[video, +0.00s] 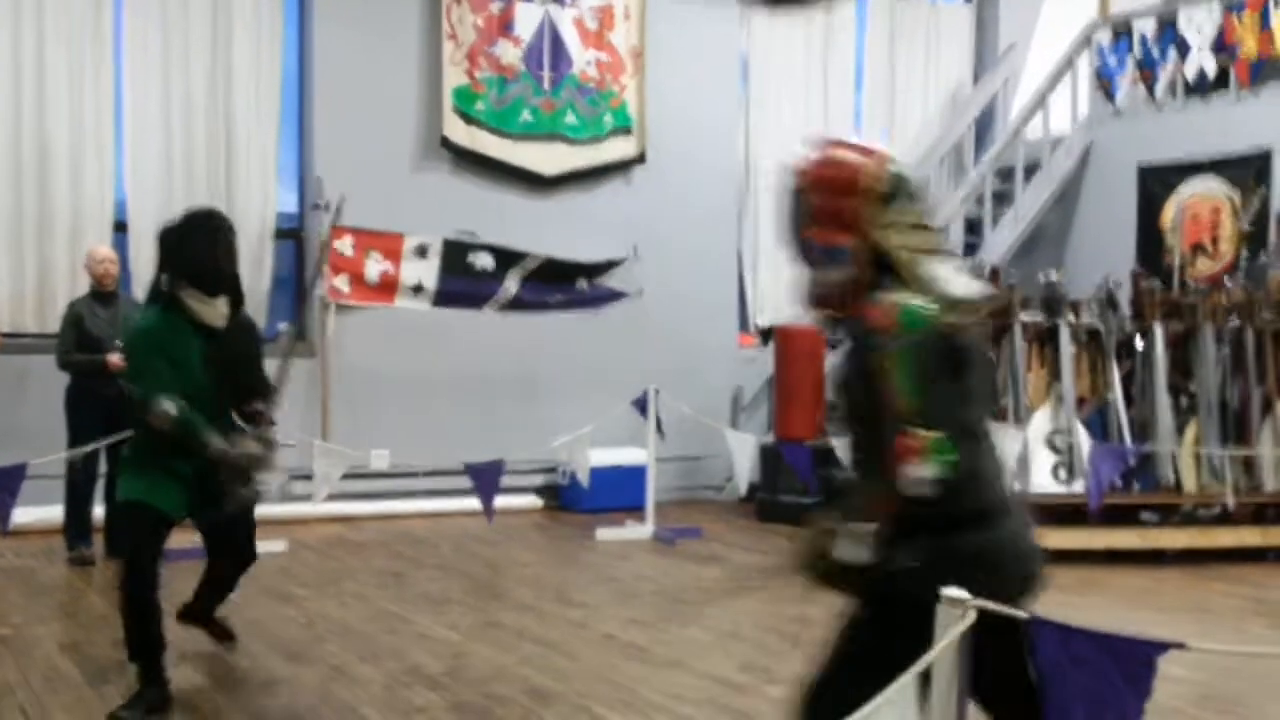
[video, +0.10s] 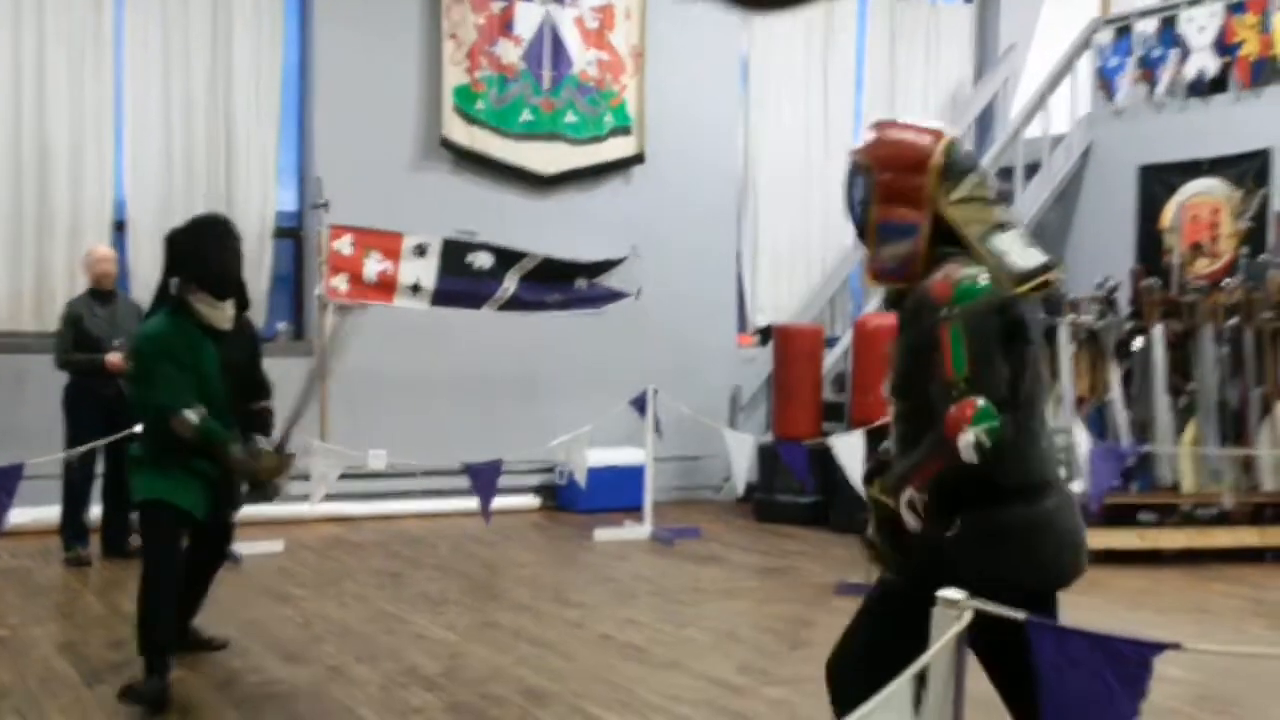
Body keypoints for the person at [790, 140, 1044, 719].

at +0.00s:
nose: (818, 274)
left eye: (831, 253)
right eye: (814, 253)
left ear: (870, 245)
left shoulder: (899, 330)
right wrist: (845, 521)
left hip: (941, 563)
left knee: (832, 706)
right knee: (1011, 697)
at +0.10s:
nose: (861, 228)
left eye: (868, 206)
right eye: (860, 207)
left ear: (906, 209)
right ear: (934, 206)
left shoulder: (949, 293)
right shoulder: (991, 280)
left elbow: (975, 420)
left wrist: (908, 489)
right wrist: (899, 470)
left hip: (975, 537)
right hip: (1021, 529)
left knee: (855, 675)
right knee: (1036, 692)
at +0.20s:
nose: (912, 216)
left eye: (916, 194)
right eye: (907, 196)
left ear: (954, 186)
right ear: (961, 184)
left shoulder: (1000, 263)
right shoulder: (988, 261)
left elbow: (993, 391)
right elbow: (957, 381)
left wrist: (925, 454)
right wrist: (912, 427)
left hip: (999, 513)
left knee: (871, 641)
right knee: (1062, 686)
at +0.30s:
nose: (933, 202)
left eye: (938, 181)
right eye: (932, 183)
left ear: (976, 179)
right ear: (998, 175)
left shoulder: (1019, 251)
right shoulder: (1050, 250)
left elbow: (1004, 377)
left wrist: (934, 444)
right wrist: (925, 414)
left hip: (1014, 509)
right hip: (1056, 507)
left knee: (879, 626)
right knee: (1068, 683)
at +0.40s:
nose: (948, 199)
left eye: (954, 180)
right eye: (947, 182)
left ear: (986, 180)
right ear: (1026, 171)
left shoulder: (1023, 245)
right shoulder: (1071, 247)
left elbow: (1006, 374)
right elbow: (1085, 383)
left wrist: (938, 438)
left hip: (1015, 504)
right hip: (1063, 502)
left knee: (879, 621)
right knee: (1066, 679)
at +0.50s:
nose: (951, 194)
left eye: (958, 175)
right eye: (950, 177)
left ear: (987, 174)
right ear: (1027, 168)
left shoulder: (1017, 244)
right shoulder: (1071, 247)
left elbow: (992, 368)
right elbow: (1086, 393)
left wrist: (925, 428)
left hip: (1005, 499)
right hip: (1057, 497)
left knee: (875, 620)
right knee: (1059, 673)